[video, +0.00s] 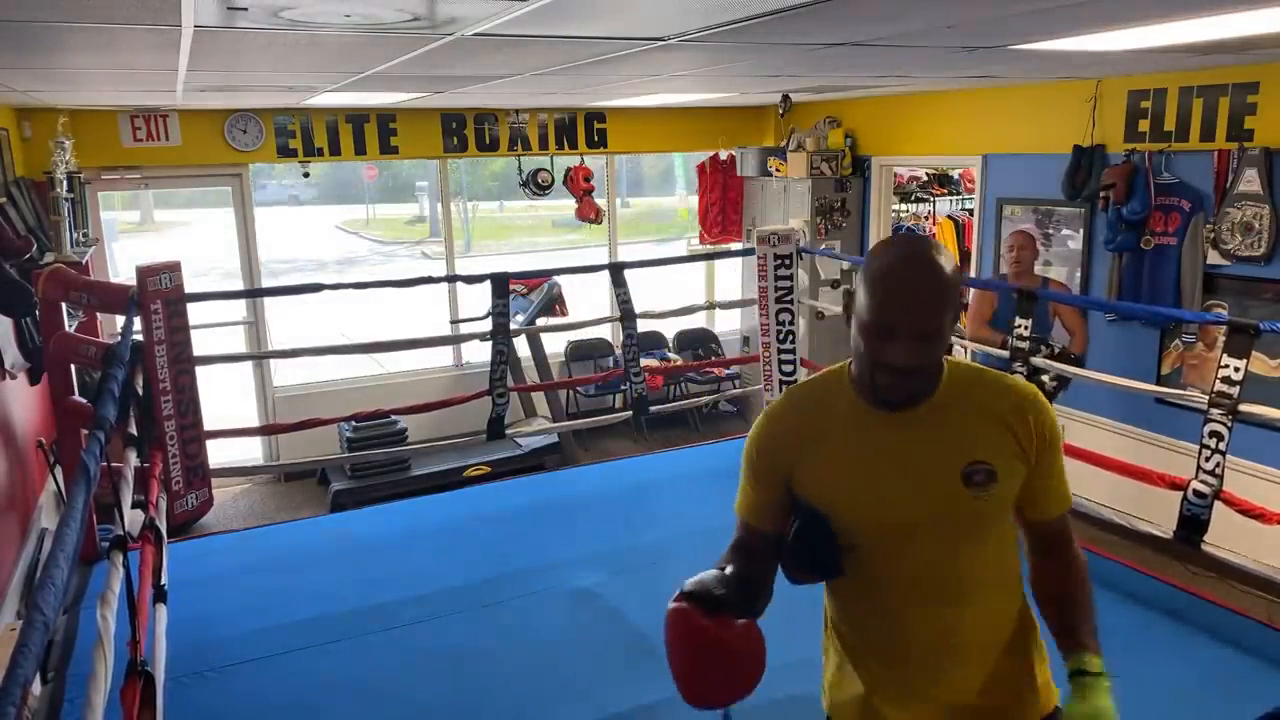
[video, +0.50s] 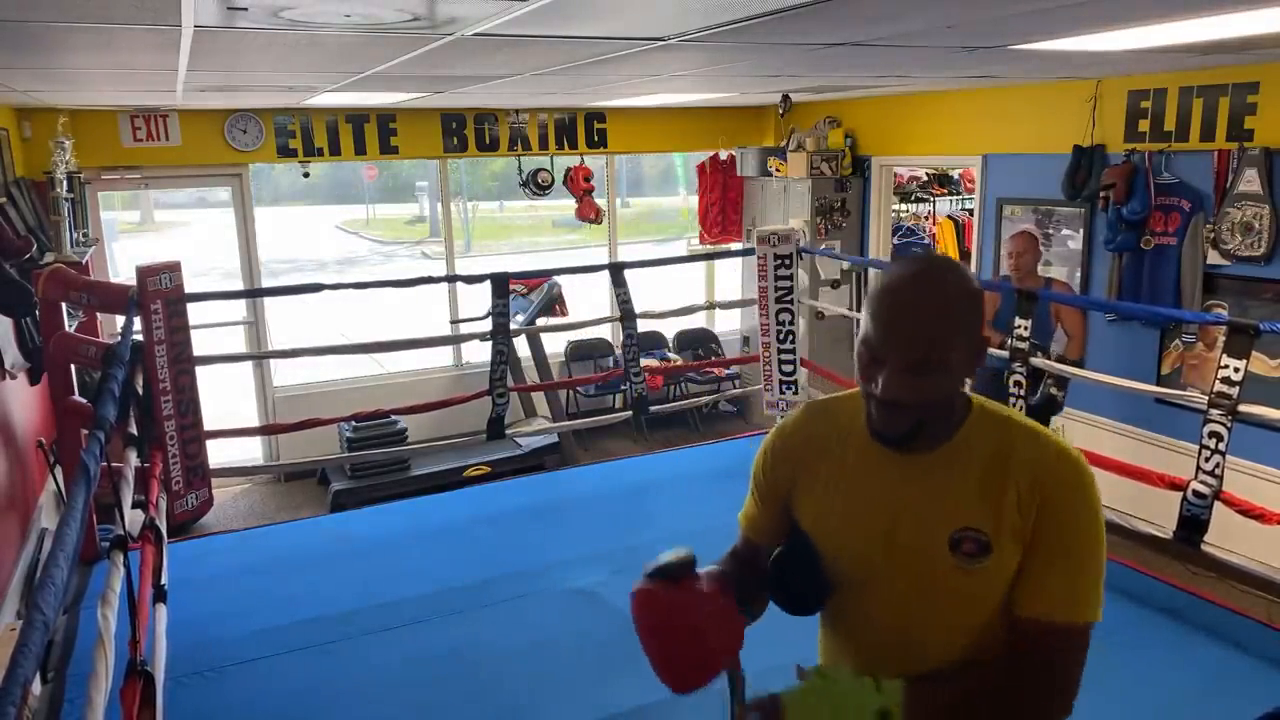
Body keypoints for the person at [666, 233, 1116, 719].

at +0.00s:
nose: (901, 358)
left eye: (925, 338)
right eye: (880, 336)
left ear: (956, 317)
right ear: (849, 310)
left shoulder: (1017, 414)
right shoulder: (788, 428)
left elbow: (1052, 544)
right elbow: (755, 544)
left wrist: (1088, 675)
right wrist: (726, 591)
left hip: (1005, 697)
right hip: (867, 703)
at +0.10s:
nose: (892, 358)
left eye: (916, 337)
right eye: (871, 335)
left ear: (954, 321)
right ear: (844, 316)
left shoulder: (1019, 420)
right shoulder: (786, 432)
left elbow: (1064, 563)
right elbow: (752, 561)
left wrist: (1054, 682)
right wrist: (715, 590)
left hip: (994, 693)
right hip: (859, 699)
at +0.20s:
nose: (883, 370)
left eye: (912, 348)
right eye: (865, 342)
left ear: (955, 326)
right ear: (841, 319)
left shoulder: (1024, 429)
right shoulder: (787, 434)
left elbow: (1075, 598)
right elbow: (749, 564)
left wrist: (1007, 698)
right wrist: (710, 592)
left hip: (993, 703)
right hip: (857, 706)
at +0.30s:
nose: (879, 382)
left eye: (910, 361)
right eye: (863, 351)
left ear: (959, 344)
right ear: (846, 329)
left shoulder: (1031, 445)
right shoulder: (789, 437)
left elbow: (1064, 634)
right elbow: (749, 565)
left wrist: (948, 701)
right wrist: (713, 598)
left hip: (996, 707)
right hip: (851, 705)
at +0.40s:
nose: (882, 385)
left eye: (912, 365)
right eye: (866, 354)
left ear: (962, 351)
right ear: (849, 336)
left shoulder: (1036, 454)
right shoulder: (793, 438)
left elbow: (1056, 649)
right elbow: (752, 563)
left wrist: (922, 699)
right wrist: (713, 596)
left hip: (990, 706)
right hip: (850, 703)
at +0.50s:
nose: (884, 388)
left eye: (920, 369)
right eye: (872, 355)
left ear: (975, 358)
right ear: (857, 337)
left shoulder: (1047, 480)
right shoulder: (801, 441)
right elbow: (752, 560)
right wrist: (698, 603)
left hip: (970, 710)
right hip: (837, 697)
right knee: (750, 711)